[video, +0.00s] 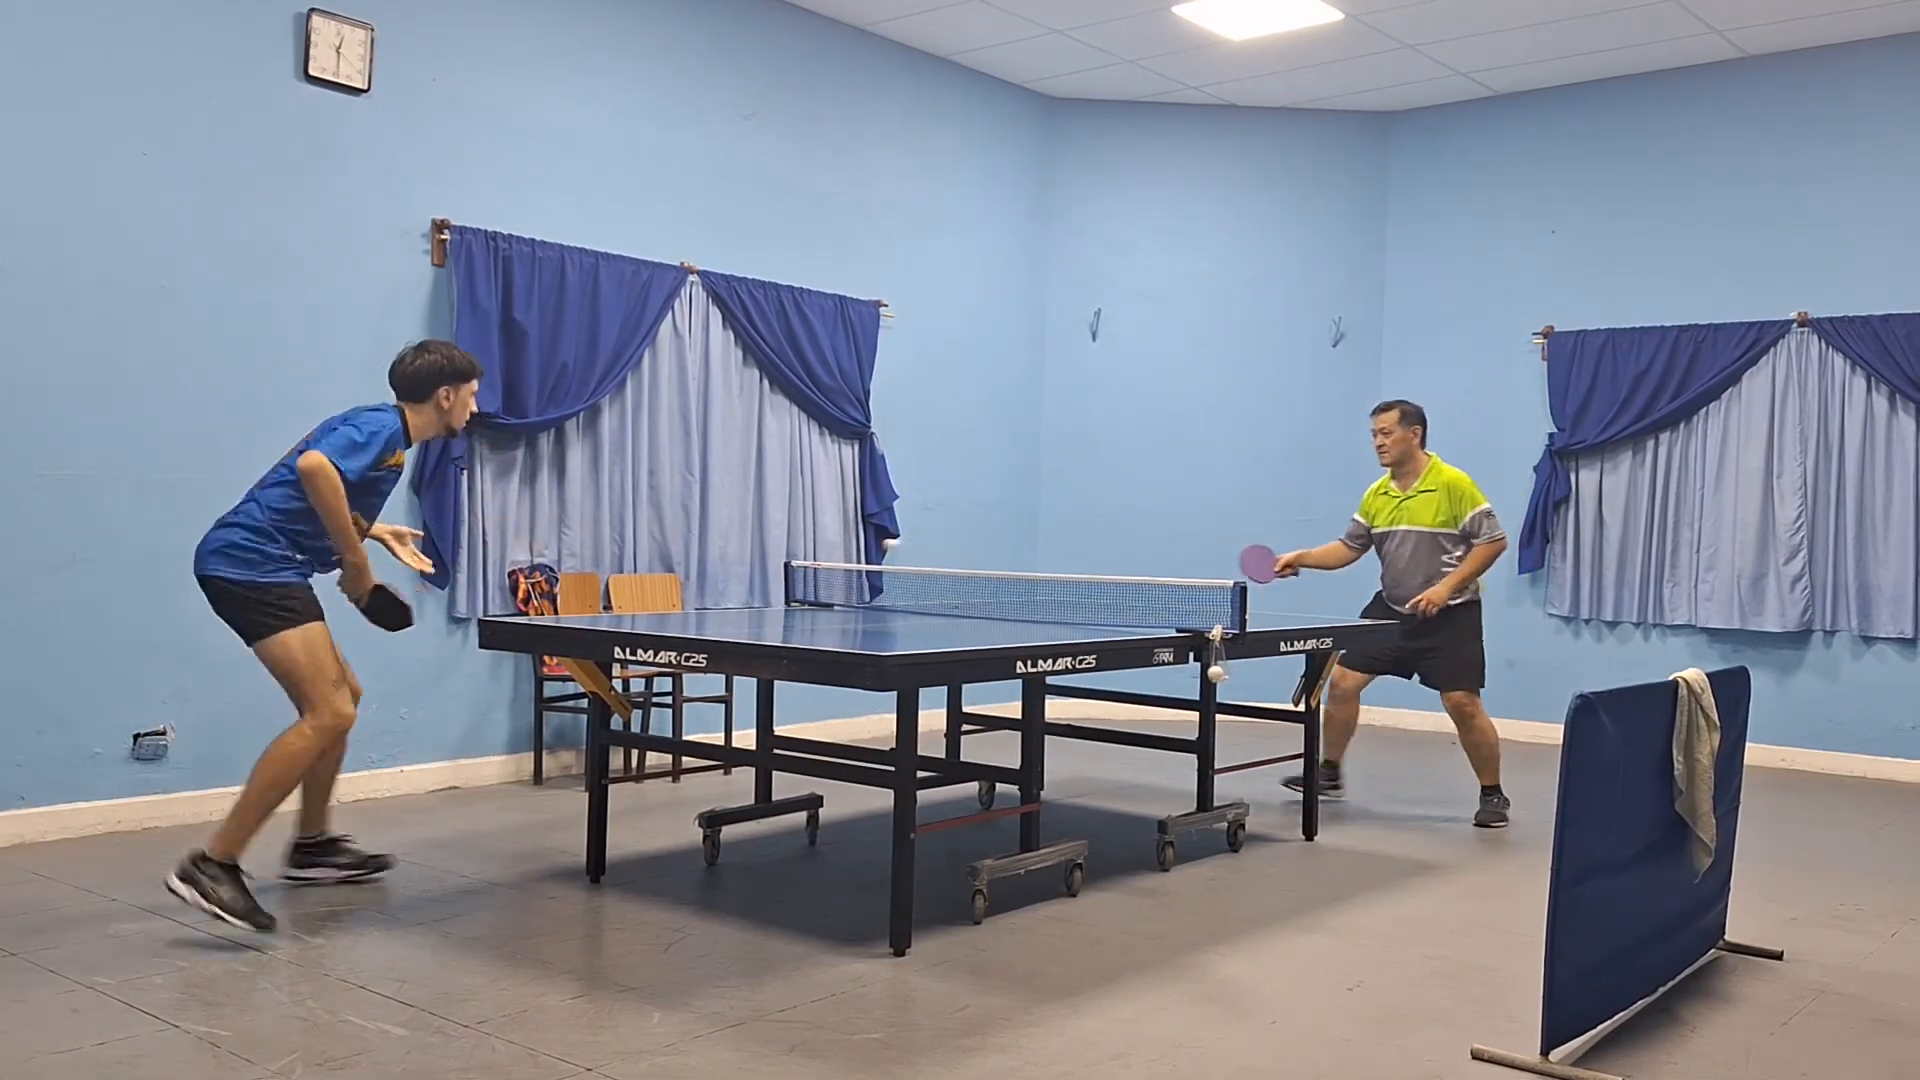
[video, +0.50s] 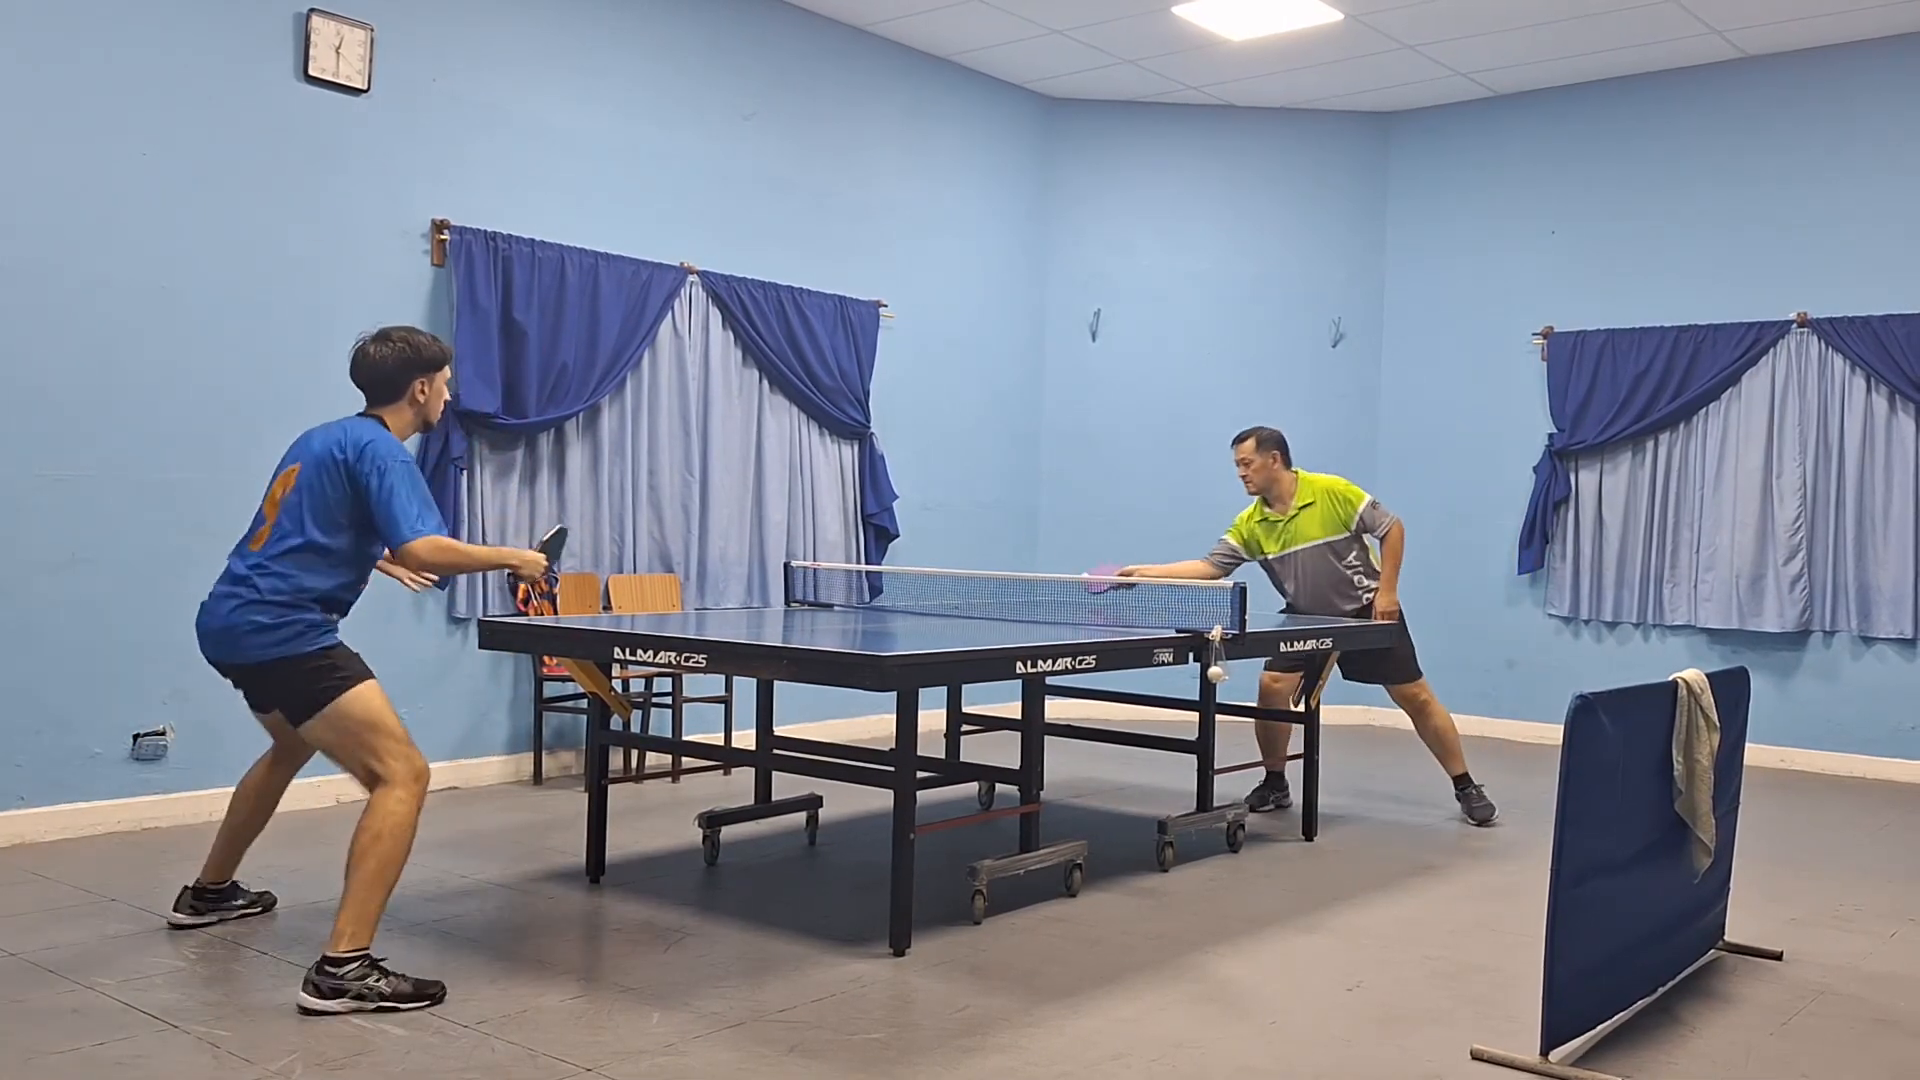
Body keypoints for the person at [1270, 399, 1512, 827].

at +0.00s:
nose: (1377, 442)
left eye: (1385, 433)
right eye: (1375, 435)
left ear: (1415, 434)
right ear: (1375, 440)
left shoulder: (1453, 484)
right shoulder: (1377, 493)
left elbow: (1493, 541)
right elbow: (1348, 548)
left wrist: (1446, 587)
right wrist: (1300, 558)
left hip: (1451, 613)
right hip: (1390, 611)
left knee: (1461, 703)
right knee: (1342, 685)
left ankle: (1491, 793)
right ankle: (1329, 772)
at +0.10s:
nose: (1351, 446)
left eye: (1358, 437)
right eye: (1348, 440)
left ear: (1386, 437)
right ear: (1353, 444)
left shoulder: (1428, 484)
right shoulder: (1354, 498)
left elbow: (1470, 539)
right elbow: (1324, 550)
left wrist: (1429, 590)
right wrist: (1267, 558)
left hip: (1433, 616)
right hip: (1373, 618)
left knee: (1453, 706)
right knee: (1331, 690)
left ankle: (1490, 794)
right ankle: (1289, 772)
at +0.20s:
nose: (1317, 455)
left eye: (1324, 446)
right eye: (1314, 448)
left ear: (1353, 444)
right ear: (1319, 452)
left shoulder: (1397, 488)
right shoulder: (1322, 506)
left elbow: (1441, 542)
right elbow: (1290, 557)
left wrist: (1410, 593)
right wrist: (1226, 561)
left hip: (1410, 621)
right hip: (1350, 626)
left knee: (1441, 706)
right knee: (1306, 696)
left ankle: (1488, 793)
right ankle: (1280, 782)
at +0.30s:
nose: (1282, 463)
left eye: (1288, 453)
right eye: (1280, 455)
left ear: (1317, 451)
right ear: (1298, 456)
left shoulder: (1367, 489)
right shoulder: (1292, 514)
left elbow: (1416, 540)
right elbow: (1256, 562)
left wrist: (1398, 595)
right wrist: (1195, 562)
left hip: (1389, 615)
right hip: (1328, 621)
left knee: (1430, 703)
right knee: (1288, 686)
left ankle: (1481, 791)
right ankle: (1276, 784)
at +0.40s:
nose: (1255, 468)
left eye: (1261, 459)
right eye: (1253, 461)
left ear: (1290, 456)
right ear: (1275, 462)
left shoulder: (1344, 491)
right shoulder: (1267, 520)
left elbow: (1401, 532)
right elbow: (1229, 565)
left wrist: (1392, 592)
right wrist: (1169, 568)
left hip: (1374, 616)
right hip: (1314, 623)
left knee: (1422, 701)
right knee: (1277, 689)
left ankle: (1470, 787)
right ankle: (1276, 783)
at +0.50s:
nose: (1240, 472)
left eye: (1247, 463)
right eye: (1237, 465)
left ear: (1276, 460)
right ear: (1255, 469)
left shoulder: (1331, 492)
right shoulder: (1250, 525)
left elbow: (1391, 528)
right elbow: (1211, 566)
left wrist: (1388, 588)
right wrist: (1147, 572)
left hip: (1368, 614)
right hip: (1308, 624)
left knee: (1415, 697)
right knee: (1272, 688)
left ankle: (1466, 787)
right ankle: (1274, 785)